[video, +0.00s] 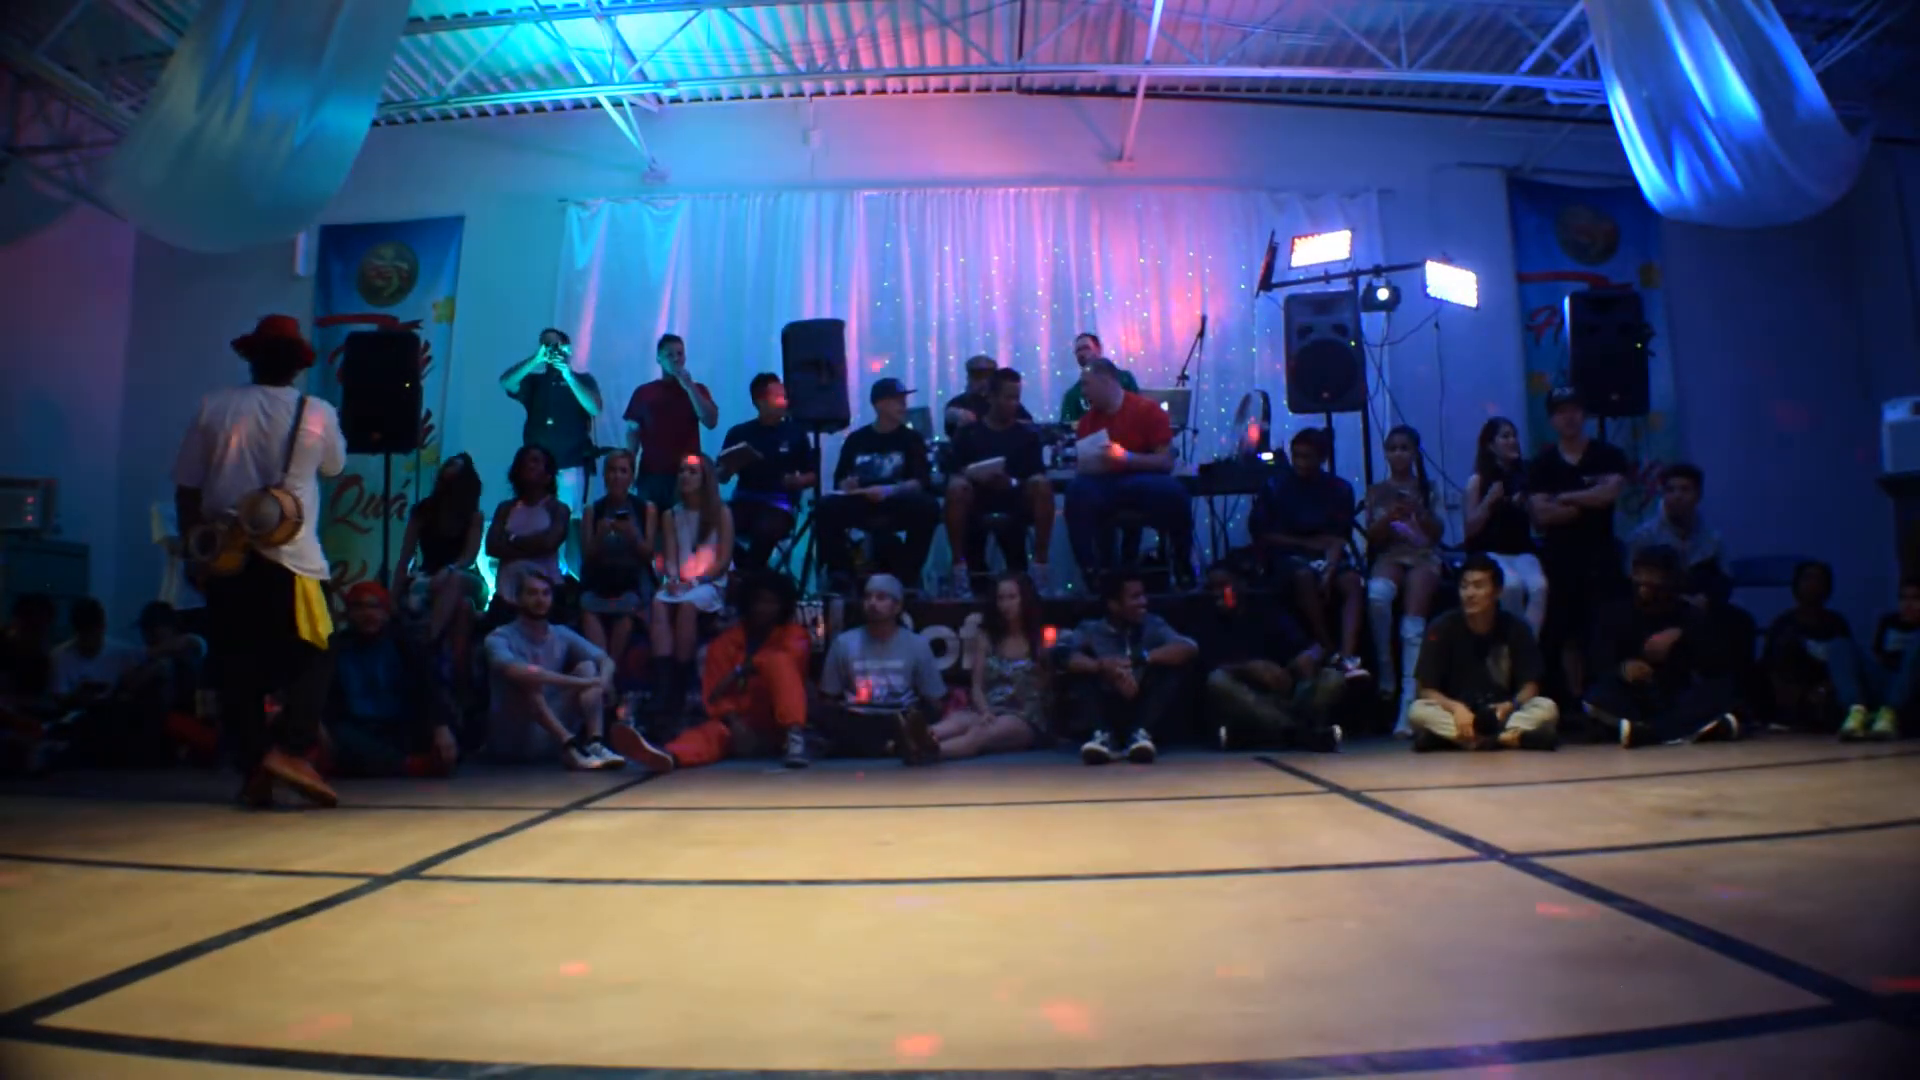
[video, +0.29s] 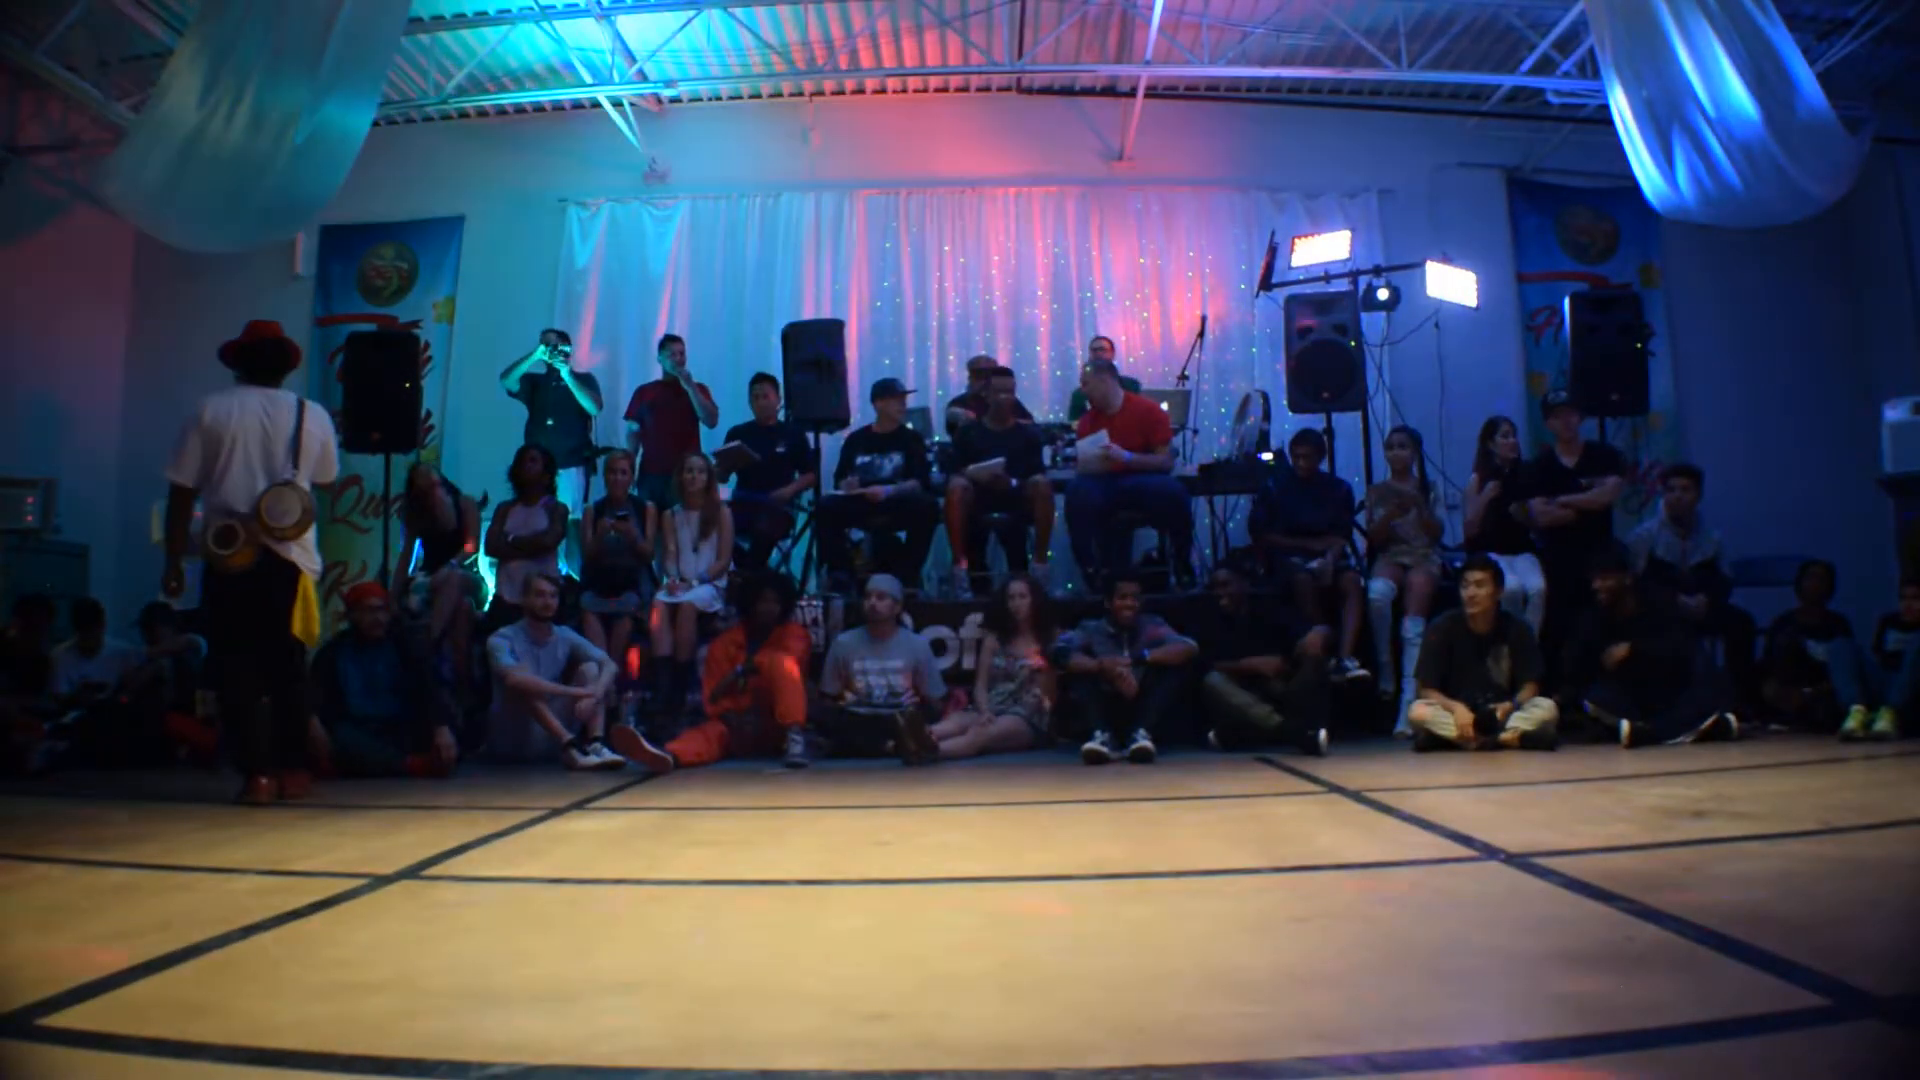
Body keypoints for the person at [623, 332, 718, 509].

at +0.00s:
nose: (676, 359)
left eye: (679, 354)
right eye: (669, 355)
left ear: (684, 356)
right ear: (659, 359)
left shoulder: (697, 390)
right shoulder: (644, 393)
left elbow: (710, 421)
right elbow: (632, 434)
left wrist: (689, 387)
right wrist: (628, 473)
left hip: (687, 476)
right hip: (652, 474)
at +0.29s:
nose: (678, 359)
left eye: (681, 354)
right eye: (671, 355)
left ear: (685, 356)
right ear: (660, 359)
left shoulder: (697, 390)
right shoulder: (645, 392)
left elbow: (711, 420)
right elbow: (633, 435)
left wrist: (689, 386)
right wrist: (628, 476)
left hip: (687, 476)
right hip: (652, 473)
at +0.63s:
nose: (679, 359)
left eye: (682, 354)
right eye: (673, 355)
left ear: (686, 357)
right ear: (661, 358)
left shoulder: (698, 391)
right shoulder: (644, 393)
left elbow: (712, 425)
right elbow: (633, 435)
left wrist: (689, 397)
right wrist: (628, 474)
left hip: (688, 477)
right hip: (653, 475)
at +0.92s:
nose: (659, 361)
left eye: (664, 355)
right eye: (656, 356)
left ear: (680, 356)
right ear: (654, 360)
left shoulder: (699, 393)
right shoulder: (644, 393)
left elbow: (711, 433)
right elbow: (634, 433)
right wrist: (628, 469)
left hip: (686, 476)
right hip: (652, 473)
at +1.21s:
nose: (656, 361)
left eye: (661, 355)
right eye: (655, 356)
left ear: (679, 356)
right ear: (653, 360)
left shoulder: (699, 393)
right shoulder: (645, 392)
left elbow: (711, 435)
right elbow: (634, 434)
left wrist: (715, 473)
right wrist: (628, 471)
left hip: (687, 478)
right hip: (651, 475)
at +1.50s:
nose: (661, 361)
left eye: (665, 356)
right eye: (659, 357)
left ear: (681, 357)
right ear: (657, 361)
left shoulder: (701, 393)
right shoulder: (648, 394)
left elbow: (713, 434)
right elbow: (638, 435)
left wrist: (717, 471)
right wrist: (631, 470)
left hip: (690, 477)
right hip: (655, 475)